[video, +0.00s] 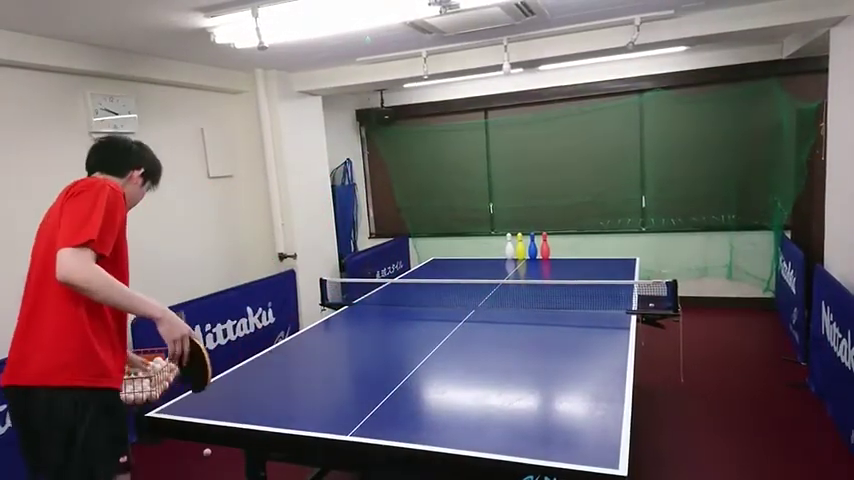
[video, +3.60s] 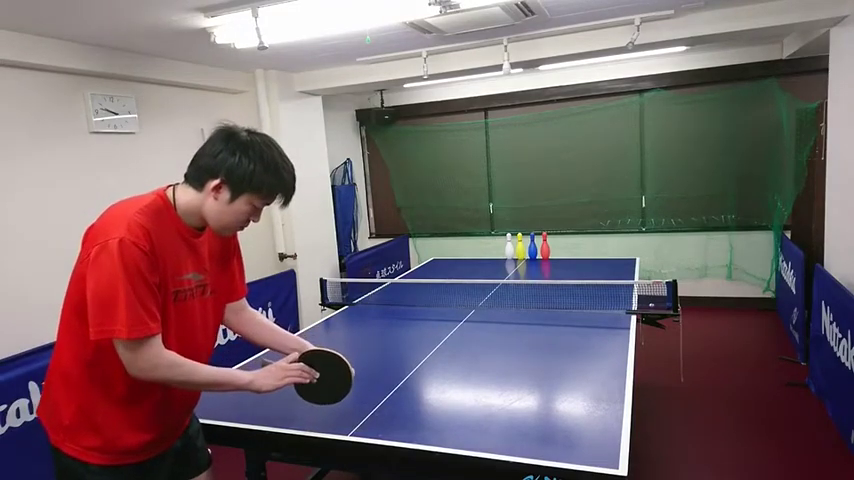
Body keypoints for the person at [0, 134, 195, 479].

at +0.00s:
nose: (138, 201)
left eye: (145, 193)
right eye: (144, 191)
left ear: (96, 167)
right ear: (135, 175)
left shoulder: (65, 202)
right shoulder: (101, 190)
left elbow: (64, 311)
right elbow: (74, 267)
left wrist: (123, 357)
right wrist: (161, 313)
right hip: (71, 384)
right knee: (97, 471)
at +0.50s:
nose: (137, 191)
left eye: (144, 181)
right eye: (142, 179)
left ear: (87, 157)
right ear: (125, 167)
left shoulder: (65, 197)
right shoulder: (76, 203)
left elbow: (68, 310)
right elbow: (38, 306)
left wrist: (137, 314)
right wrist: (145, 348)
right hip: (62, 418)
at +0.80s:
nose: (139, 172)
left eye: (142, 160)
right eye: (139, 158)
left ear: (106, 156)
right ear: (109, 154)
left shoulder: (83, 209)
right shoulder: (37, 214)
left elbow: (93, 307)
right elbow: (23, 339)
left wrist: (178, 311)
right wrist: (150, 352)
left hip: (103, 439)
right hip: (55, 454)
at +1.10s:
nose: (167, 171)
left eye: (168, 159)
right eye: (163, 158)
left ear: (125, 157)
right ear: (125, 156)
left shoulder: (126, 207)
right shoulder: (37, 225)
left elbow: (144, 296)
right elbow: (45, 349)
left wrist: (227, 312)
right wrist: (175, 345)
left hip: (144, 431)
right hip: (74, 459)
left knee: (179, 473)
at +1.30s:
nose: (200, 178)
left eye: (203, 167)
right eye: (196, 165)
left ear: (157, 158)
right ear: (156, 156)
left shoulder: (168, 210)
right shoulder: (70, 219)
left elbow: (196, 292)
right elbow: (81, 344)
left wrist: (270, 319)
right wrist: (205, 344)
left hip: (170, 422)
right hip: (99, 449)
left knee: (200, 472)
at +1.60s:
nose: (248, 195)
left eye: (251, 186)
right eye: (245, 183)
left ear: (208, 168)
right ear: (207, 166)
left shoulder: (213, 214)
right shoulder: (117, 216)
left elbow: (231, 293)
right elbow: (126, 338)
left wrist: (283, 329)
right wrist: (246, 343)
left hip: (182, 415)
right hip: (114, 432)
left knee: (204, 472)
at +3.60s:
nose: (254, 220)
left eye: (260, 210)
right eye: (254, 207)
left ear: (218, 191)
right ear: (217, 189)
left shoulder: (217, 229)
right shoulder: (124, 239)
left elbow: (236, 311)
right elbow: (143, 360)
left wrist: (303, 348)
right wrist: (252, 379)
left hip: (172, 424)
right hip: (103, 445)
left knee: (196, 469)